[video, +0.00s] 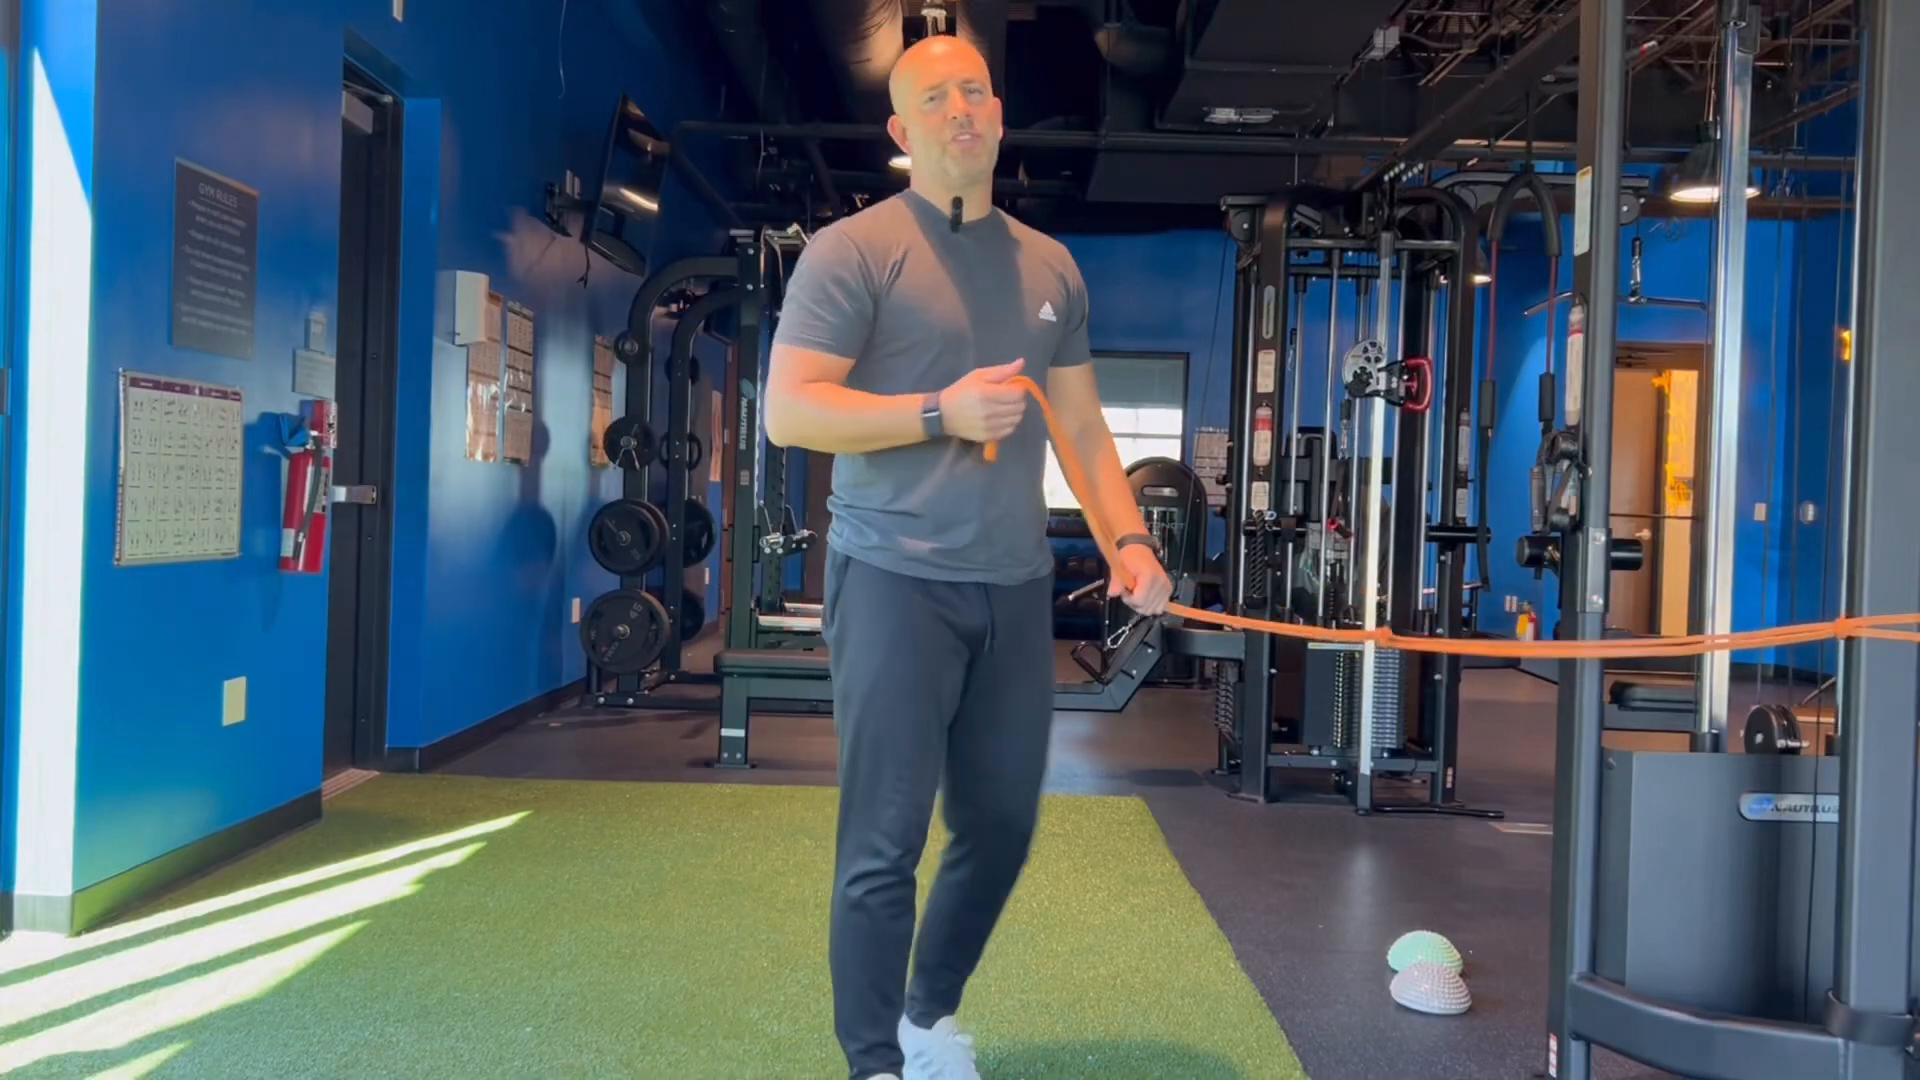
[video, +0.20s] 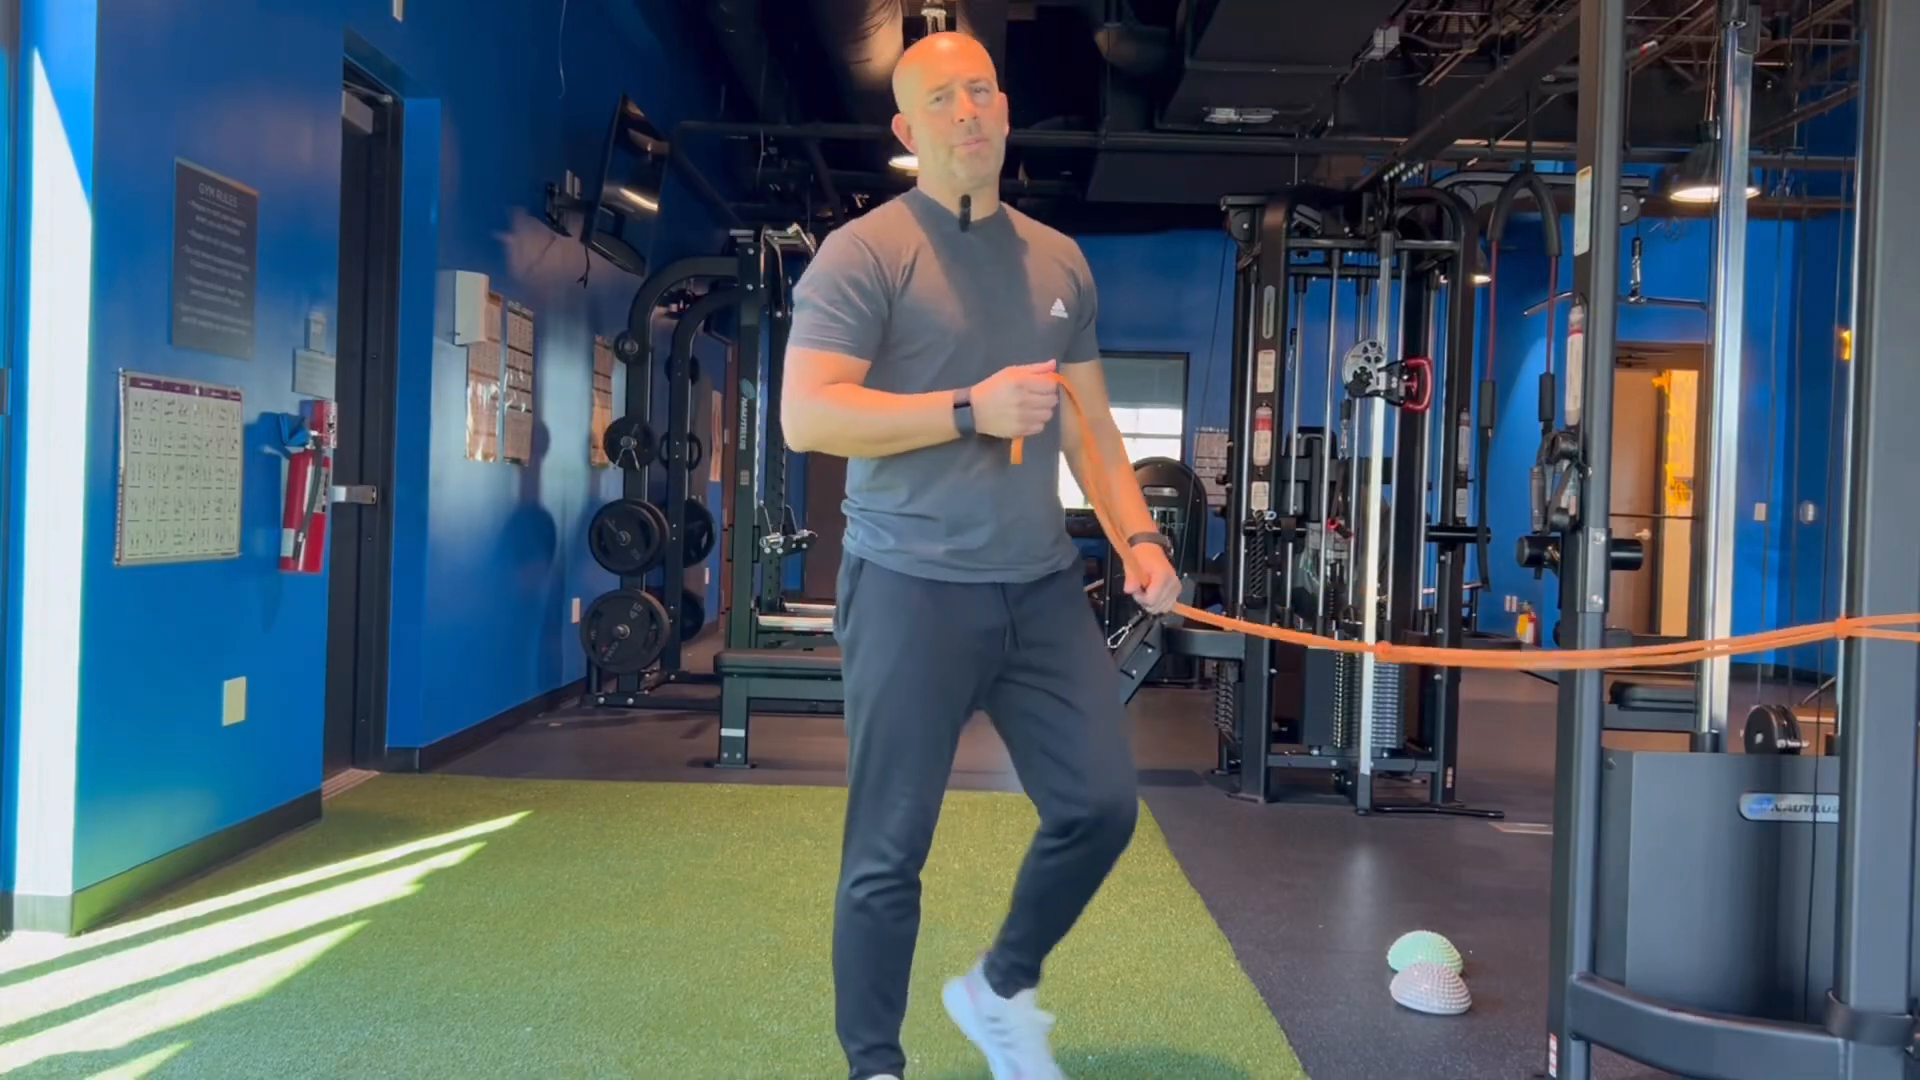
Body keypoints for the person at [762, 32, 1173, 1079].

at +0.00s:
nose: (964, 106)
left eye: (976, 88)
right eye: (937, 95)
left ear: (1002, 115)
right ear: (899, 131)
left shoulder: (1049, 267)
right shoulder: (848, 253)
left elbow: (1083, 430)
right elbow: (788, 409)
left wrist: (1128, 544)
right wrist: (938, 410)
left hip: (1016, 586)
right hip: (892, 580)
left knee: (1000, 826)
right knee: (884, 843)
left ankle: (926, 1014)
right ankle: (872, 1062)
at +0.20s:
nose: (969, 108)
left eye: (981, 88)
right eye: (941, 95)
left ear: (1007, 110)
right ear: (903, 128)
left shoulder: (1059, 263)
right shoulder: (860, 255)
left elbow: (1091, 425)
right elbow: (807, 415)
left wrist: (1138, 541)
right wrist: (968, 408)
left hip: (1041, 584)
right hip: (910, 584)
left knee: (1100, 805)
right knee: (888, 850)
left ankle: (1000, 987)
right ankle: (874, 1063)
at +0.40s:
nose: (1007, 111)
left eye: (1020, 92)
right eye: (979, 100)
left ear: (1048, 116)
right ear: (943, 136)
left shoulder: (1113, 268)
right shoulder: (894, 261)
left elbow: (1143, 425)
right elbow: (828, 415)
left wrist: (1175, 535)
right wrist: (967, 417)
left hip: (1079, 596)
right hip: (937, 588)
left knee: (1099, 834)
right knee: (906, 846)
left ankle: (1102, 1048)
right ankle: (878, 1063)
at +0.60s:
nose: (1067, 115)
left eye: (1086, 98)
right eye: (1045, 101)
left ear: (1119, 125)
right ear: (1013, 134)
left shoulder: (1181, 276)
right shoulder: (948, 256)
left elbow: (1218, 432)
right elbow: (884, 405)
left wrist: (1210, 542)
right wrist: (943, 420)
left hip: (1110, 595)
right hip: (964, 583)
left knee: (1108, 836)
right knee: (922, 828)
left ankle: (1107, 1051)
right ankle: (883, 1060)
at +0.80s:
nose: (1085, 118)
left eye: (1104, 103)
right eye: (1065, 105)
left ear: (1138, 131)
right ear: (1033, 137)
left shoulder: (1195, 279)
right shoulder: (967, 255)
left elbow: (1235, 435)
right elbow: (905, 388)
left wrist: (1191, 531)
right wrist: (911, 407)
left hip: (1111, 594)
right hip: (968, 579)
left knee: (1110, 836)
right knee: (924, 818)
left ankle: (1109, 1051)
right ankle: (886, 1043)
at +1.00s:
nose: (1048, 124)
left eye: (1069, 108)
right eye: (1027, 110)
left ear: (1101, 134)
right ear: (997, 140)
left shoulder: (1164, 279)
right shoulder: (934, 264)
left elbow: (1210, 430)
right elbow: (882, 402)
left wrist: (1179, 519)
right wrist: (893, 419)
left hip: (1094, 588)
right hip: (952, 583)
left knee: (1100, 833)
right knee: (913, 822)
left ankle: (1108, 1048)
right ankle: (886, 1019)